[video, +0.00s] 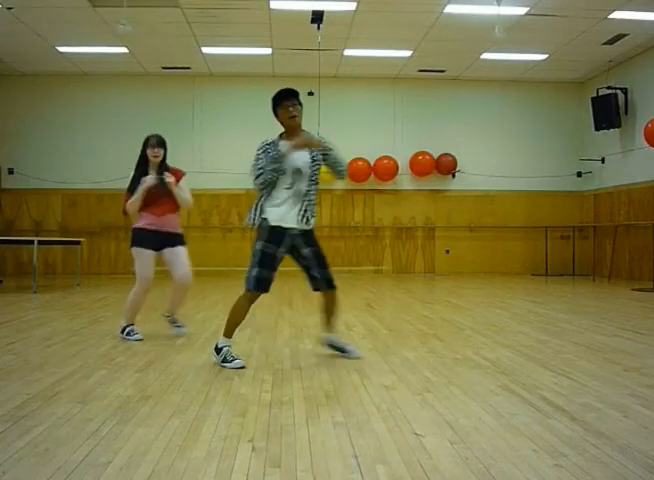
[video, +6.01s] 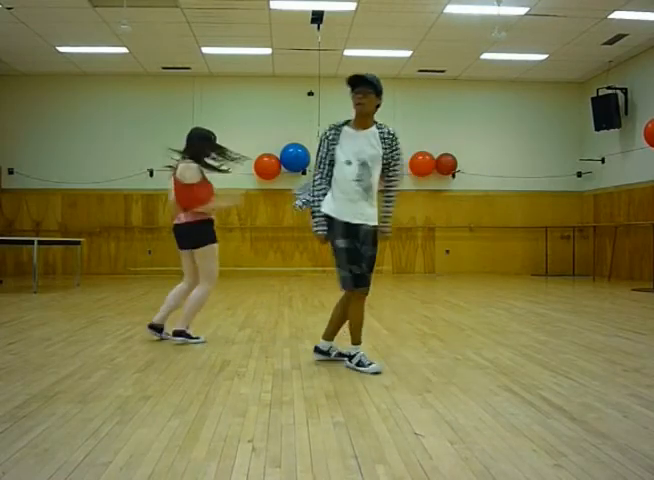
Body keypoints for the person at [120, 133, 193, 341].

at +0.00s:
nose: (155, 151)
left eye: (159, 147)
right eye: (151, 147)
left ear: (165, 151)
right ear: (145, 151)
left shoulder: (176, 175)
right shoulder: (139, 177)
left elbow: (187, 204)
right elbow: (130, 209)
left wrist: (174, 187)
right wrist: (143, 188)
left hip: (171, 231)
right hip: (145, 230)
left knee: (184, 277)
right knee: (144, 280)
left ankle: (171, 314)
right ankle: (128, 325)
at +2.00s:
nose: (187, 149)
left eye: (192, 145)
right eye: (184, 145)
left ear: (199, 148)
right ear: (179, 149)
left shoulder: (206, 173)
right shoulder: (171, 172)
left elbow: (215, 204)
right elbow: (175, 192)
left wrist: (206, 178)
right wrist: (200, 172)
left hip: (206, 227)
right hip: (180, 230)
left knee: (226, 276)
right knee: (199, 278)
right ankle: (193, 330)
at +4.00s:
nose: (249, 143)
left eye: (252, 138)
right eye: (244, 140)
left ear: (259, 140)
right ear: (239, 144)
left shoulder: (272, 164)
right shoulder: (234, 172)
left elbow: (283, 196)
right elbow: (231, 207)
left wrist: (287, 221)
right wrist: (234, 231)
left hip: (273, 225)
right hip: (246, 229)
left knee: (276, 277)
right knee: (244, 279)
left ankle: (283, 326)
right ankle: (260, 327)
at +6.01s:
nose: (211, 152)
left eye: (211, 148)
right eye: (209, 148)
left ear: (190, 146)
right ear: (200, 147)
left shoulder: (181, 167)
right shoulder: (191, 168)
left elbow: (174, 201)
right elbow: (196, 204)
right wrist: (227, 203)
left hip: (183, 228)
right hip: (200, 227)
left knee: (190, 280)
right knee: (208, 281)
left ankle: (158, 322)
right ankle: (182, 329)